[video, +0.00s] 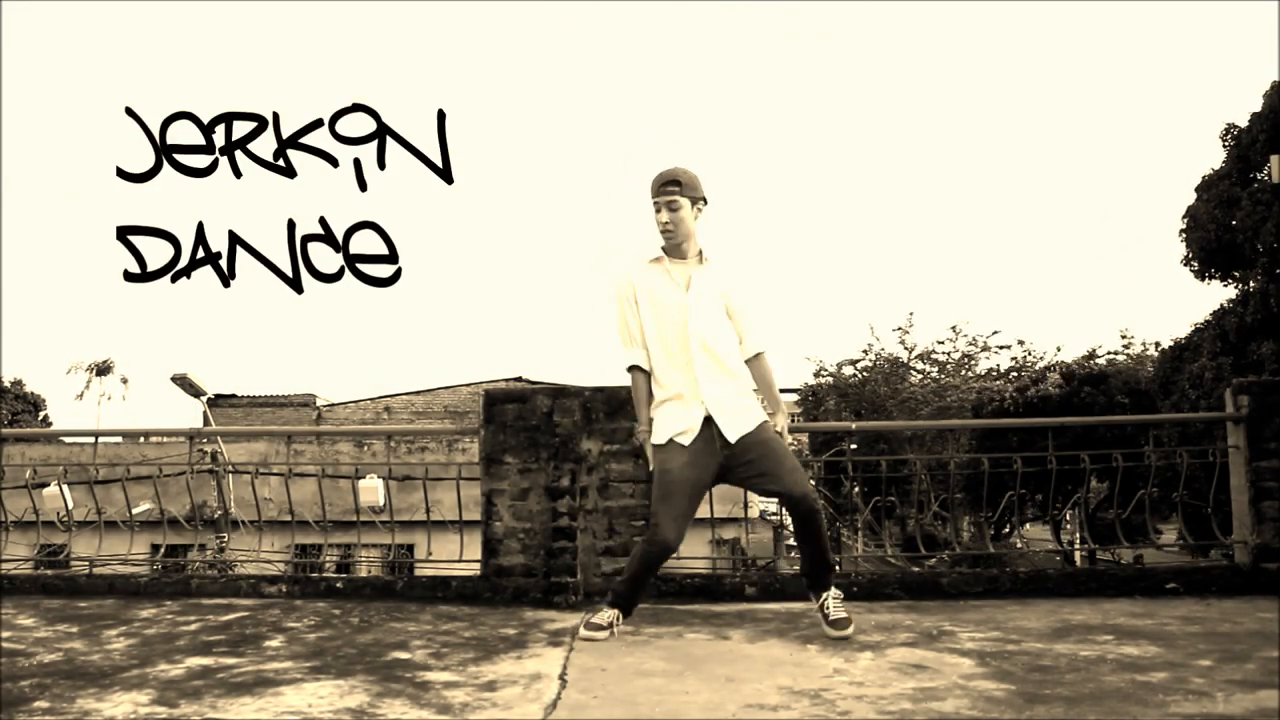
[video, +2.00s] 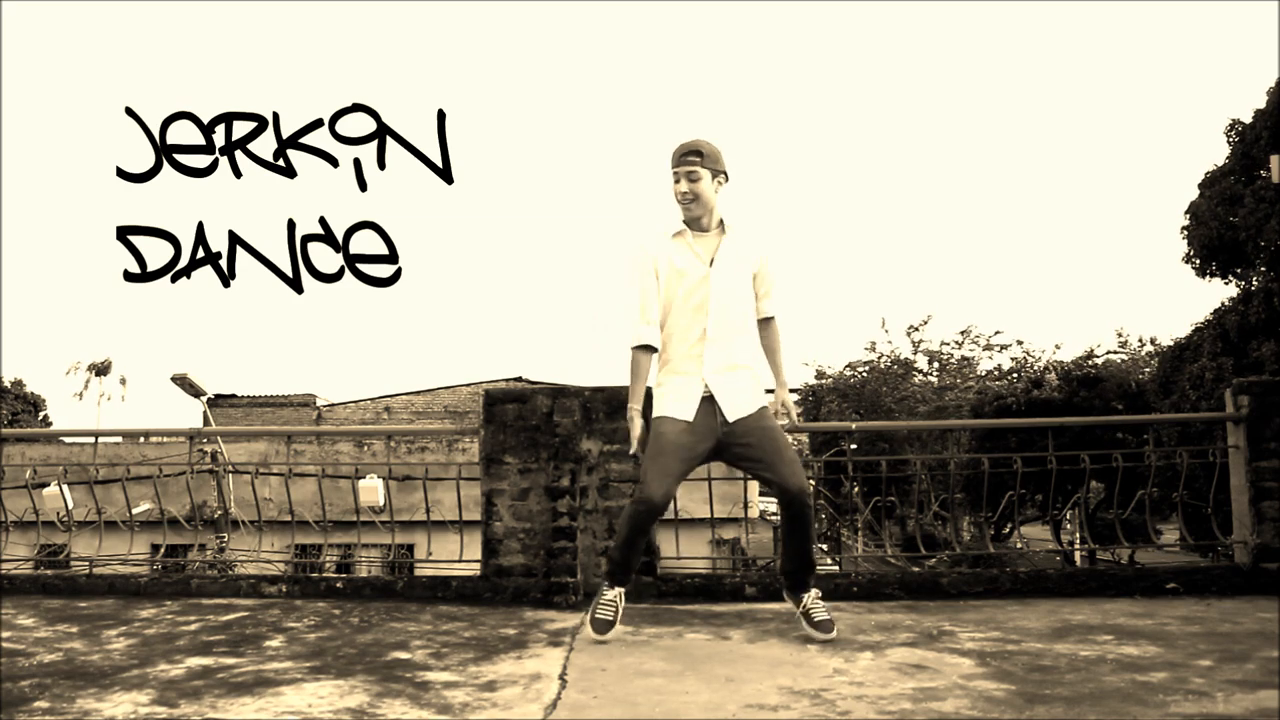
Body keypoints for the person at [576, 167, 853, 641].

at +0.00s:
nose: (663, 218)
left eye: (672, 208)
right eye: (657, 209)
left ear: (698, 210)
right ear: (653, 215)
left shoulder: (725, 277)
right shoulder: (637, 284)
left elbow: (754, 352)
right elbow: (639, 365)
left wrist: (778, 412)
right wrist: (644, 431)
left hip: (741, 418)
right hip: (679, 425)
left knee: (804, 496)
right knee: (664, 536)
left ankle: (824, 589)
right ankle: (616, 609)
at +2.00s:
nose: (683, 188)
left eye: (693, 177)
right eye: (677, 180)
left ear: (719, 182)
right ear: (672, 188)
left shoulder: (748, 250)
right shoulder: (657, 257)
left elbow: (767, 322)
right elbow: (645, 340)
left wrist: (781, 385)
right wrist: (634, 410)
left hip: (745, 396)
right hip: (679, 398)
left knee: (797, 489)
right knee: (651, 496)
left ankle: (801, 588)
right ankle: (614, 585)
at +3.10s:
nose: (639, 170)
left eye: (647, 157)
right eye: (632, 161)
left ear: (677, 154)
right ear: (629, 166)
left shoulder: (715, 217)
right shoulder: (623, 223)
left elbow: (732, 276)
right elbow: (603, 283)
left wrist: (735, 332)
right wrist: (606, 344)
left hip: (709, 384)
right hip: (642, 385)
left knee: (755, 484)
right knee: (613, 500)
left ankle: (785, 619)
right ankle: (583, 612)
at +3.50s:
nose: (669, 149)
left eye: (677, 136)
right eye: (662, 140)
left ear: (708, 132)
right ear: (660, 146)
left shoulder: (755, 194)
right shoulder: (670, 207)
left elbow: (825, 223)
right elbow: (639, 263)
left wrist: (801, 225)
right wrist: (572, 257)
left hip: (751, 364)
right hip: (696, 364)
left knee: (764, 494)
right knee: (738, 483)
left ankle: (664, 585)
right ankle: (743, 627)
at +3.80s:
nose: (734, 134)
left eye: (744, 123)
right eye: (728, 125)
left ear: (772, 126)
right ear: (721, 130)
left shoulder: (798, 202)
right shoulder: (705, 186)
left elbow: (847, 256)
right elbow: (650, 229)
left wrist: (870, 288)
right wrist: (583, 199)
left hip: (774, 364)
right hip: (708, 358)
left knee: (794, 491)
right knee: (678, 455)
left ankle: (799, 609)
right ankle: (705, 583)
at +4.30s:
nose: (751, 124)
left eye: (764, 116)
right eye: (747, 114)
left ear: (790, 123)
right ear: (741, 118)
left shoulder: (804, 201)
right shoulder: (712, 175)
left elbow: (842, 272)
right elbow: (632, 204)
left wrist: (897, 321)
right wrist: (558, 204)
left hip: (756, 342)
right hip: (695, 329)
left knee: (728, 475)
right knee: (677, 422)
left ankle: (716, 612)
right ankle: (674, 563)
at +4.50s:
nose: (741, 143)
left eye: (752, 133)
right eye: (736, 135)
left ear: (782, 140)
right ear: (733, 143)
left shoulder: (808, 213)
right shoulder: (713, 196)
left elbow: (866, 253)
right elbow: (650, 225)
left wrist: (896, 231)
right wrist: (584, 212)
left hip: (749, 363)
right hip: (708, 353)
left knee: (751, 498)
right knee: (773, 480)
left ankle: (647, 593)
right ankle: (765, 628)